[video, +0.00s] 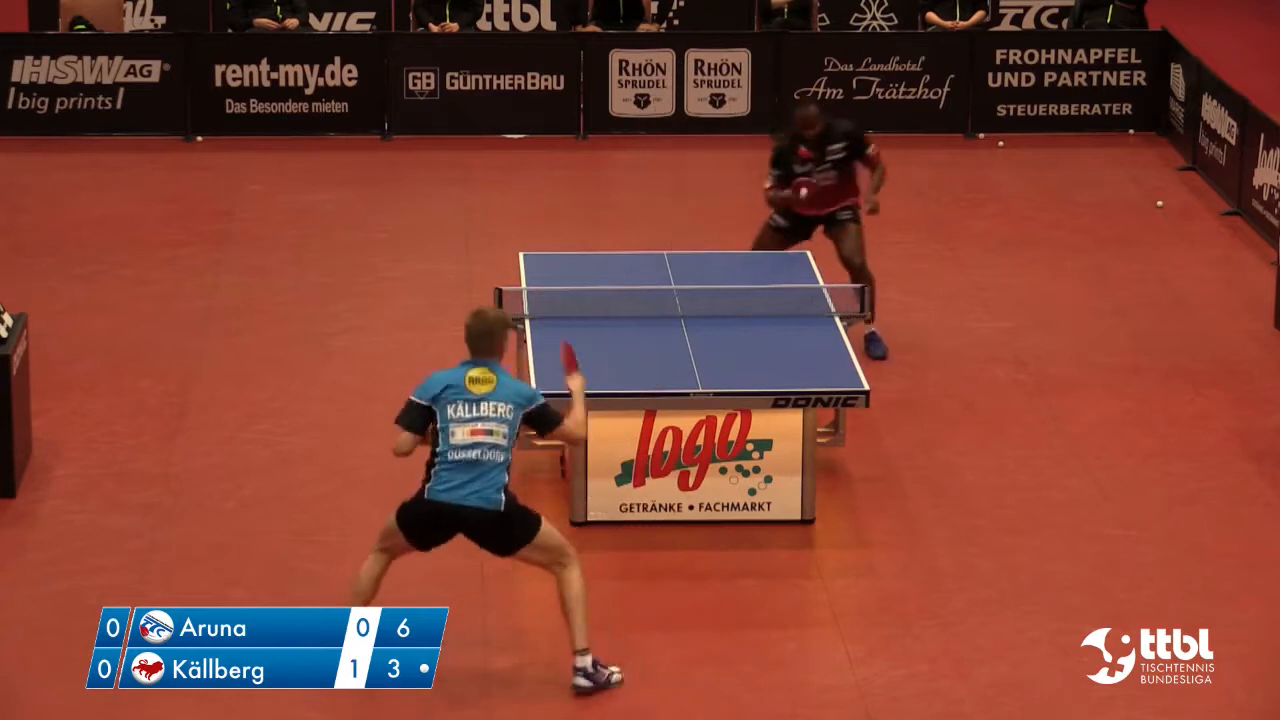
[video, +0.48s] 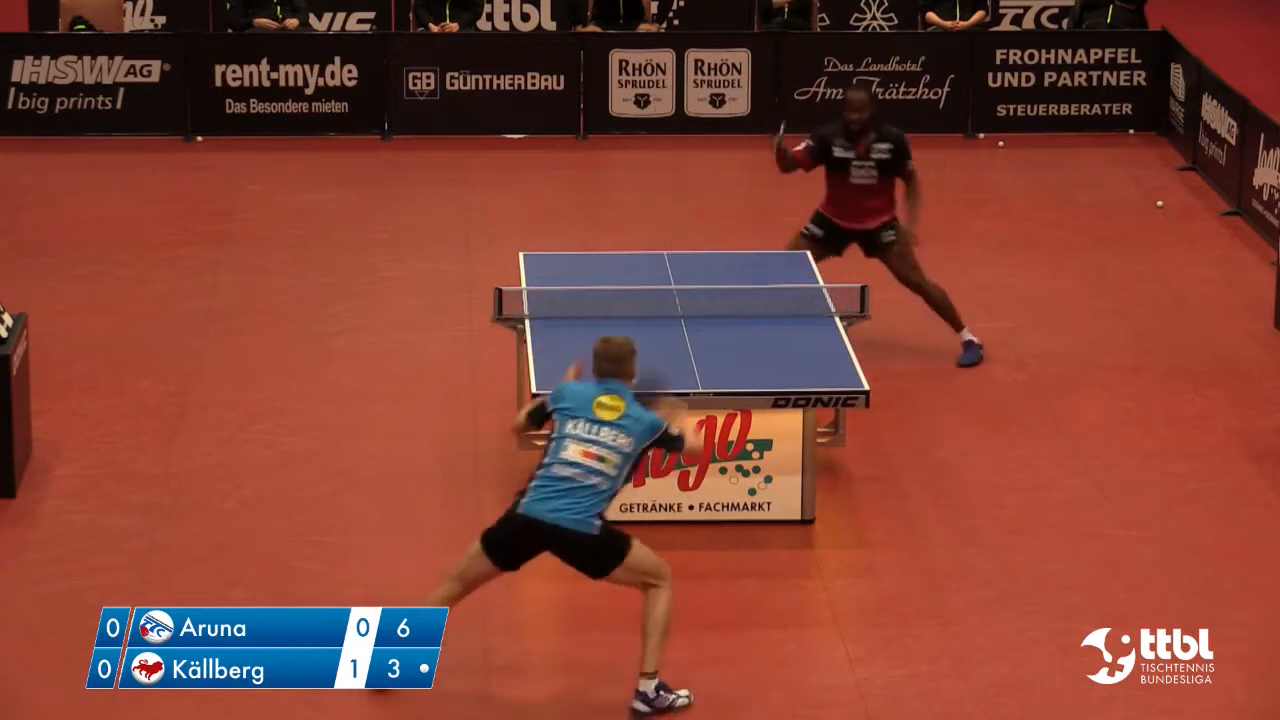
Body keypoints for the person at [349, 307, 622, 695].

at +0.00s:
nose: (510, 343)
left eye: (509, 337)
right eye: (509, 339)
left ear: (467, 342)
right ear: (504, 344)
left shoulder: (437, 383)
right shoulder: (519, 392)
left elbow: (402, 446)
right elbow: (576, 433)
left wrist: (425, 429)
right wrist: (577, 390)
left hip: (436, 505)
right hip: (492, 509)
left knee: (383, 551)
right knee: (565, 562)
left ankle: (346, 637)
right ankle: (585, 665)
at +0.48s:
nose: (636, 370)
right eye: (635, 365)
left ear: (596, 367)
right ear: (632, 371)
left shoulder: (568, 393)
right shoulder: (644, 421)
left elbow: (524, 425)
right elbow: (685, 445)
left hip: (528, 518)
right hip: (580, 529)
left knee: (453, 588)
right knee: (658, 579)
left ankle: (387, 657)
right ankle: (649, 688)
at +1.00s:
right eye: (658, 364)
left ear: (618, 367)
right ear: (658, 371)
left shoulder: (587, 401)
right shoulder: (671, 418)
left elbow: (528, 447)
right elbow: (732, 467)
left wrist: (552, 431)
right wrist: (732, 446)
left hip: (579, 525)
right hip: (636, 530)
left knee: (509, 586)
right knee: (707, 598)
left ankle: (469, 689)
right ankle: (765, 687)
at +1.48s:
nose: (541, 379)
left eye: (539, 374)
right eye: (563, 376)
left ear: (535, 379)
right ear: (574, 387)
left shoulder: (511, 407)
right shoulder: (583, 439)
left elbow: (447, 441)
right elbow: (579, 501)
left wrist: (471, 408)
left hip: (493, 549)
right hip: (552, 555)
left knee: (419, 596)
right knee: (629, 634)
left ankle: (356, 690)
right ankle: (693, 710)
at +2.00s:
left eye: (582, 413)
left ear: (581, 419)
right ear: (621, 420)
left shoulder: (553, 460)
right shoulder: (641, 471)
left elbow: (499, 501)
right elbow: (700, 516)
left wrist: (491, 484)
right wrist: (704, 495)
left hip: (561, 591)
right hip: (623, 593)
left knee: (500, 633)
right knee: (698, 632)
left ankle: (444, 712)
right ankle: (720, 713)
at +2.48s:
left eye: (735, 431)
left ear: (736, 437)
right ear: (774, 443)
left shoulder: (707, 464)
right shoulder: (786, 501)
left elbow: (652, 511)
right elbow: (775, 581)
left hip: (689, 606)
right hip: (748, 614)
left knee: (615, 665)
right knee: (817, 668)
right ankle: (852, 716)